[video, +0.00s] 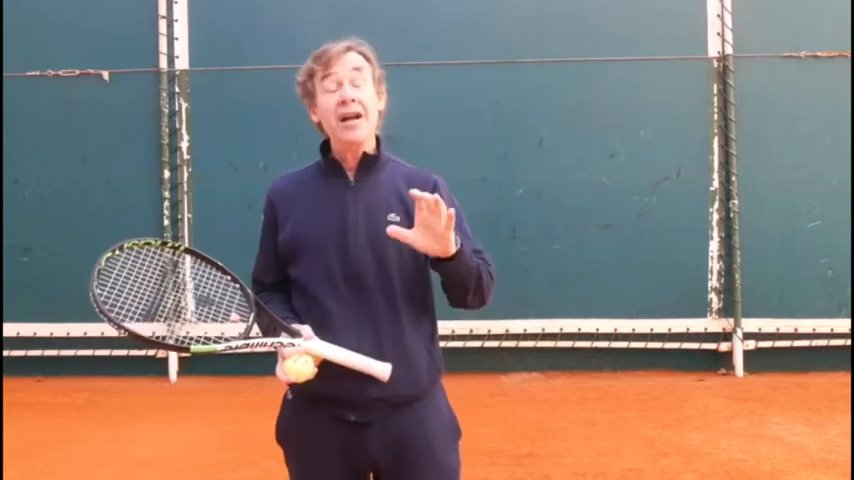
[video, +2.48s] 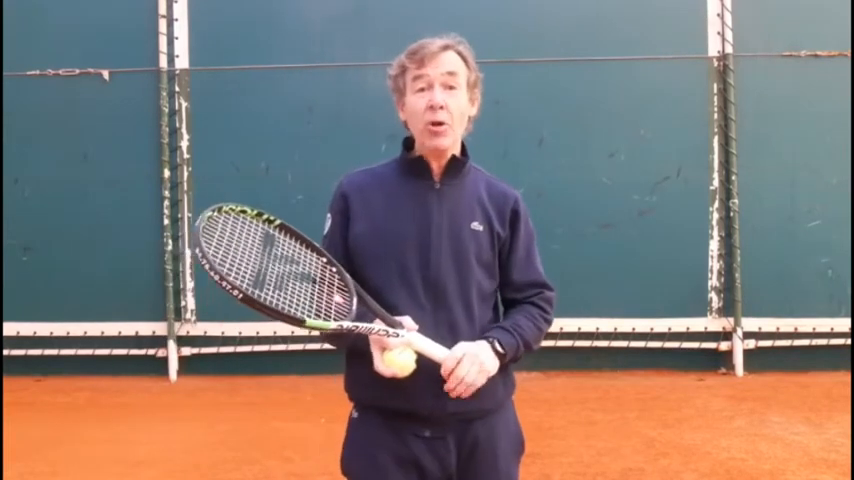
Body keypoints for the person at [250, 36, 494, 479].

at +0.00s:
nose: (347, 94)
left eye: (358, 81)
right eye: (331, 86)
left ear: (380, 98)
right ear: (314, 111)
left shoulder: (425, 190)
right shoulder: (285, 198)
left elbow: (476, 295)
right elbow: (268, 290)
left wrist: (447, 255)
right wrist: (290, 338)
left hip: (414, 414)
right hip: (319, 417)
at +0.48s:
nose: (341, 107)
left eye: (352, 93)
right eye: (326, 97)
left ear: (374, 104)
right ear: (309, 114)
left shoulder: (413, 194)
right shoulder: (279, 202)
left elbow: (455, 278)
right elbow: (264, 293)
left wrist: (495, 296)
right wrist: (284, 340)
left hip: (405, 411)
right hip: (313, 414)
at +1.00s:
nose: (359, 114)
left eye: (369, 99)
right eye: (343, 103)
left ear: (390, 106)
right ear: (324, 115)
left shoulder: (428, 196)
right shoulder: (289, 200)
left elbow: (470, 281)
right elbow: (271, 291)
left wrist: (435, 318)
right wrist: (299, 341)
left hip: (417, 415)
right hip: (322, 417)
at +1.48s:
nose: (376, 104)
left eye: (387, 90)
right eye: (361, 93)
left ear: (408, 102)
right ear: (341, 110)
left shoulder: (444, 195)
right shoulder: (301, 198)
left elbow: (483, 286)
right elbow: (280, 295)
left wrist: (442, 332)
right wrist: (328, 329)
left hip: (435, 421)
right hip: (339, 423)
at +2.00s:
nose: (410, 96)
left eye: (423, 82)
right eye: (395, 86)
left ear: (447, 98)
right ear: (378, 105)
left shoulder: (482, 196)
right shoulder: (338, 195)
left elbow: (517, 294)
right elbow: (313, 300)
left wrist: (478, 343)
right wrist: (358, 337)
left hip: (471, 428)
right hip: (370, 428)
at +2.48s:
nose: (436, 100)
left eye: (450, 86)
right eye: (421, 88)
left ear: (472, 103)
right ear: (402, 107)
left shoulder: (501, 203)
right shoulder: (356, 195)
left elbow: (535, 302)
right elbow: (328, 303)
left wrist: (493, 349)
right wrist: (371, 337)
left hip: (485, 433)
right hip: (386, 431)